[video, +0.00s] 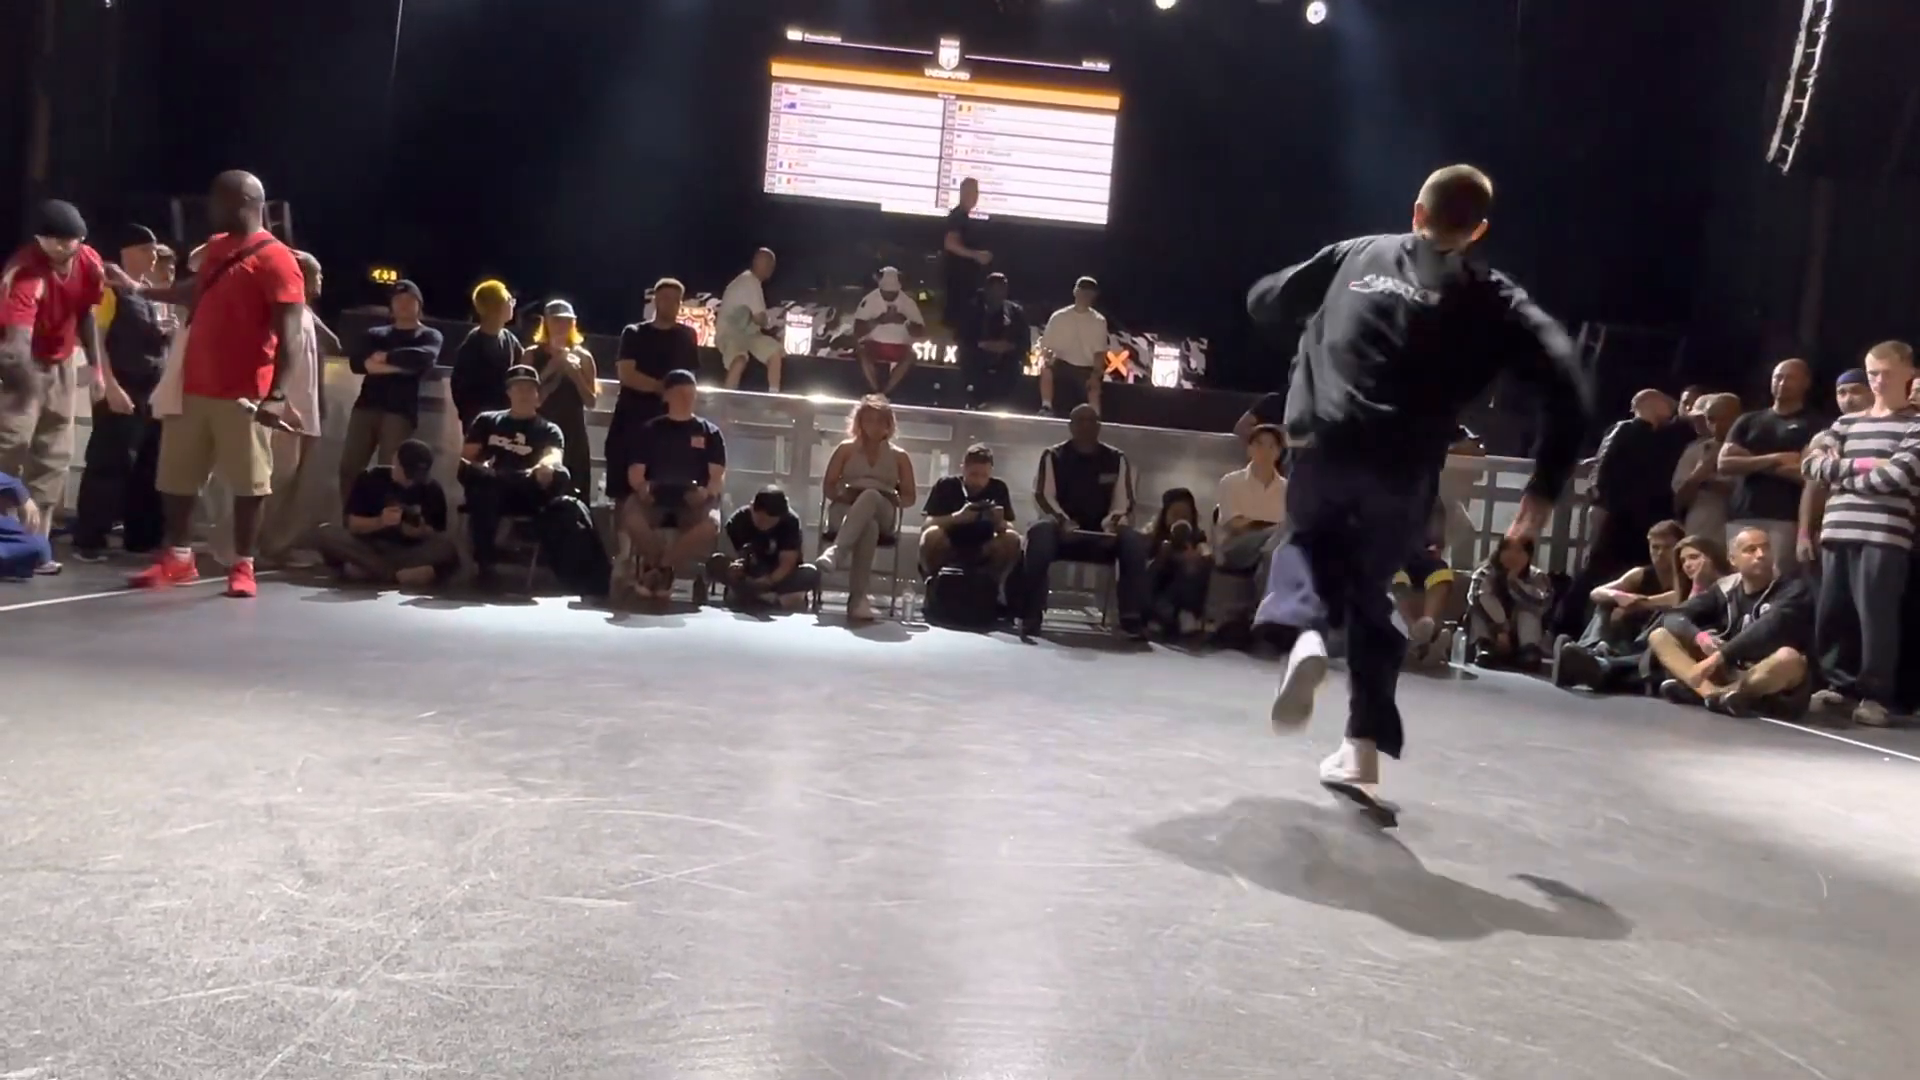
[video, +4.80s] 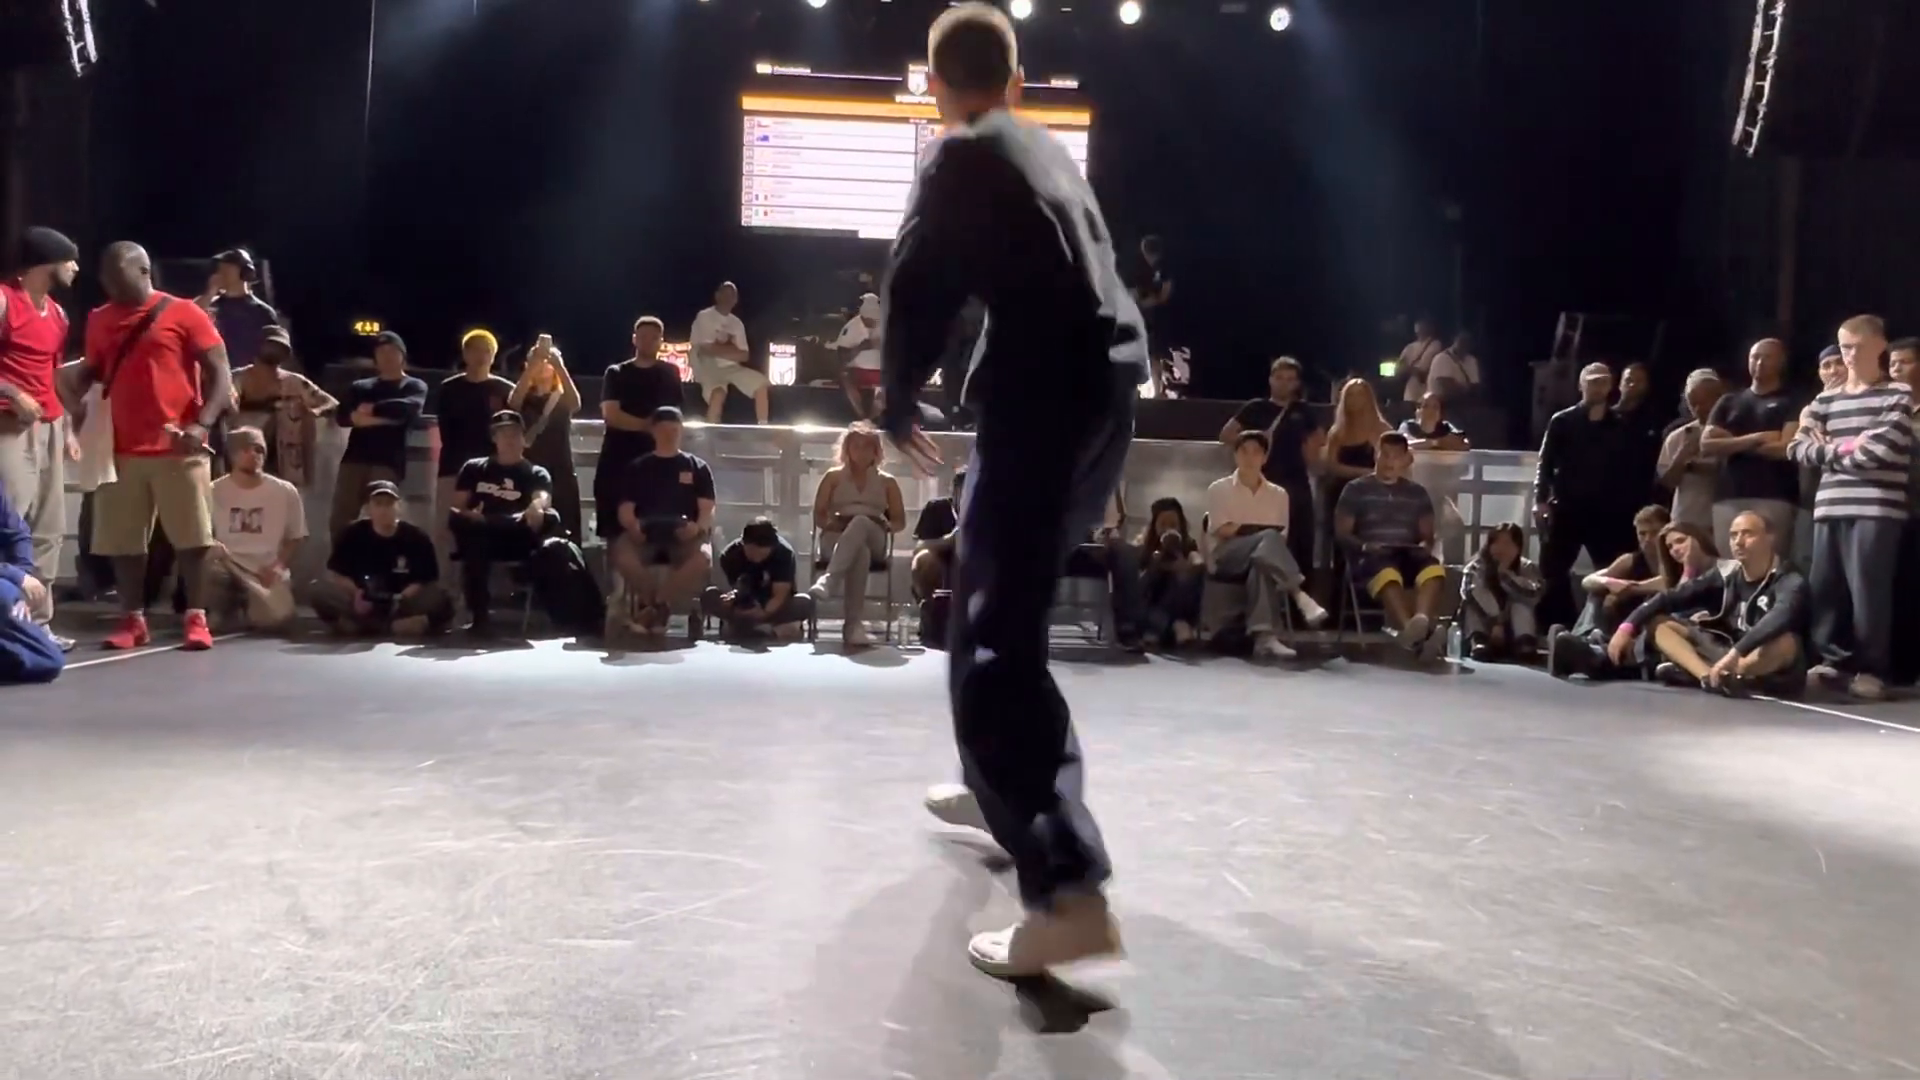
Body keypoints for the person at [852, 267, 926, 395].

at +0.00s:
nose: (890, 296)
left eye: (893, 293)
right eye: (886, 292)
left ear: (899, 289)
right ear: (880, 288)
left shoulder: (908, 302)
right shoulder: (869, 300)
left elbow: (919, 332)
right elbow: (857, 332)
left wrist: (904, 320)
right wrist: (879, 320)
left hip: (900, 346)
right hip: (874, 344)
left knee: (910, 357)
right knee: (863, 353)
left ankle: (885, 392)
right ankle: (876, 391)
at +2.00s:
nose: (886, 301)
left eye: (890, 298)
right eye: (883, 298)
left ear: (895, 295)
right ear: (876, 294)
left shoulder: (904, 308)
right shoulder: (866, 306)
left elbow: (914, 338)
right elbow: (855, 336)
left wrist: (901, 327)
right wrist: (875, 327)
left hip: (897, 351)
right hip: (870, 350)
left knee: (907, 363)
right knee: (860, 359)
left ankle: (883, 398)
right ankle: (872, 396)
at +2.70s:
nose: (870, 305)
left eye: (874, 302)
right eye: (866, 301)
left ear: (879, 298)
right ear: (861, 298)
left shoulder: (889, 310)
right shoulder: (850, 309)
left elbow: (899, 340)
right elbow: (840, 340)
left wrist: (885, 330)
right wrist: (861, 330)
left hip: (882, 354)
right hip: (856, 353)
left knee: (892, 364)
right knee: (845, 359)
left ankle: (869, 401)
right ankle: (858, 398)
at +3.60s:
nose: (861, 313)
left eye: (865, 310)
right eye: (857, 310)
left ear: (870, 307)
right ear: (851, 306)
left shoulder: (879, 319)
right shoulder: (841, 318)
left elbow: (891, 347)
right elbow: (831, 349)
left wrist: (876, 338)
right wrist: (850, 338)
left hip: (873, 363)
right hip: (847, 361)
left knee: (883, 374)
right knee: (836, 371)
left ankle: (860, 411)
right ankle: (852, 410)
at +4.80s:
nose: (873, 323)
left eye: (876, 319)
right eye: (870, 319)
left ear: (879, 317)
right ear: (862, 316)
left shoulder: (883, 326)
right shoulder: (852, 328)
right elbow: (842, 357)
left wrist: (881, 343)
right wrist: (862, 346)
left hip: (880, 374)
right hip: (859, 373)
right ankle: (862, 416)